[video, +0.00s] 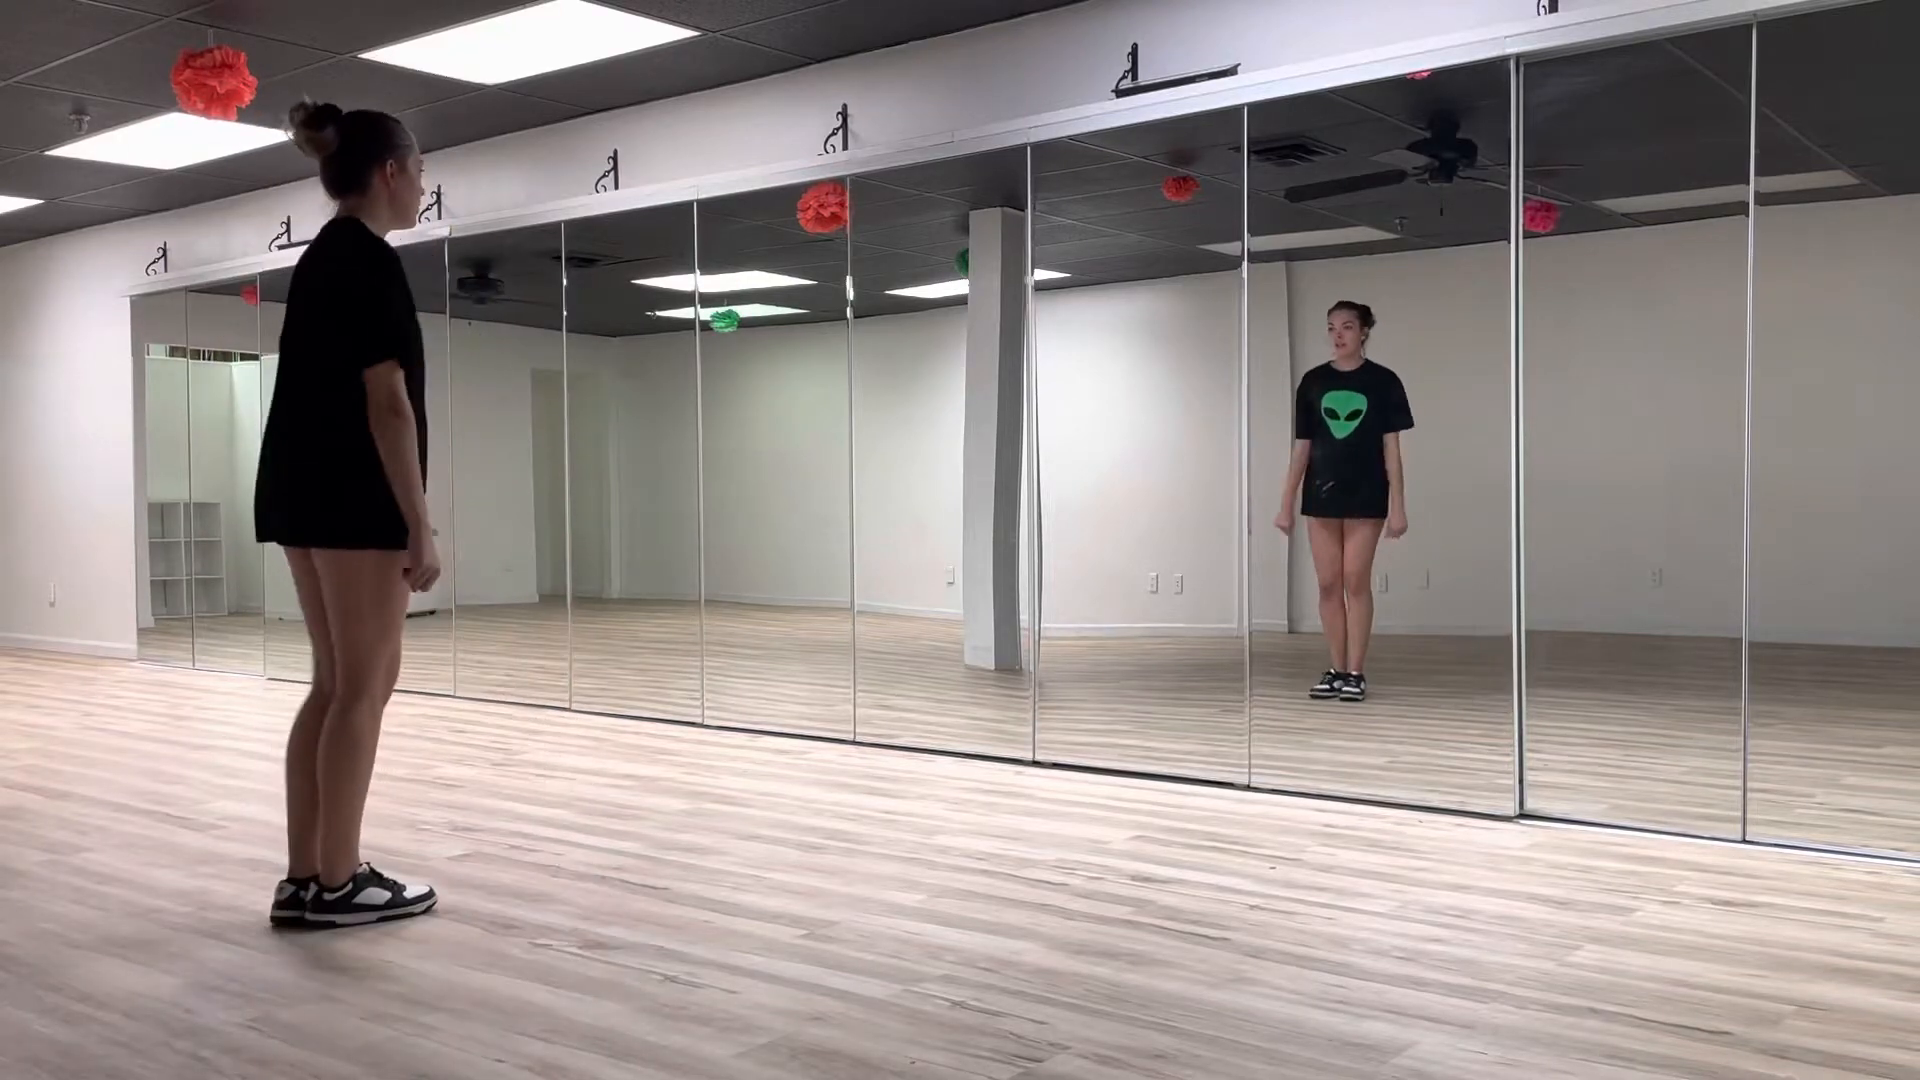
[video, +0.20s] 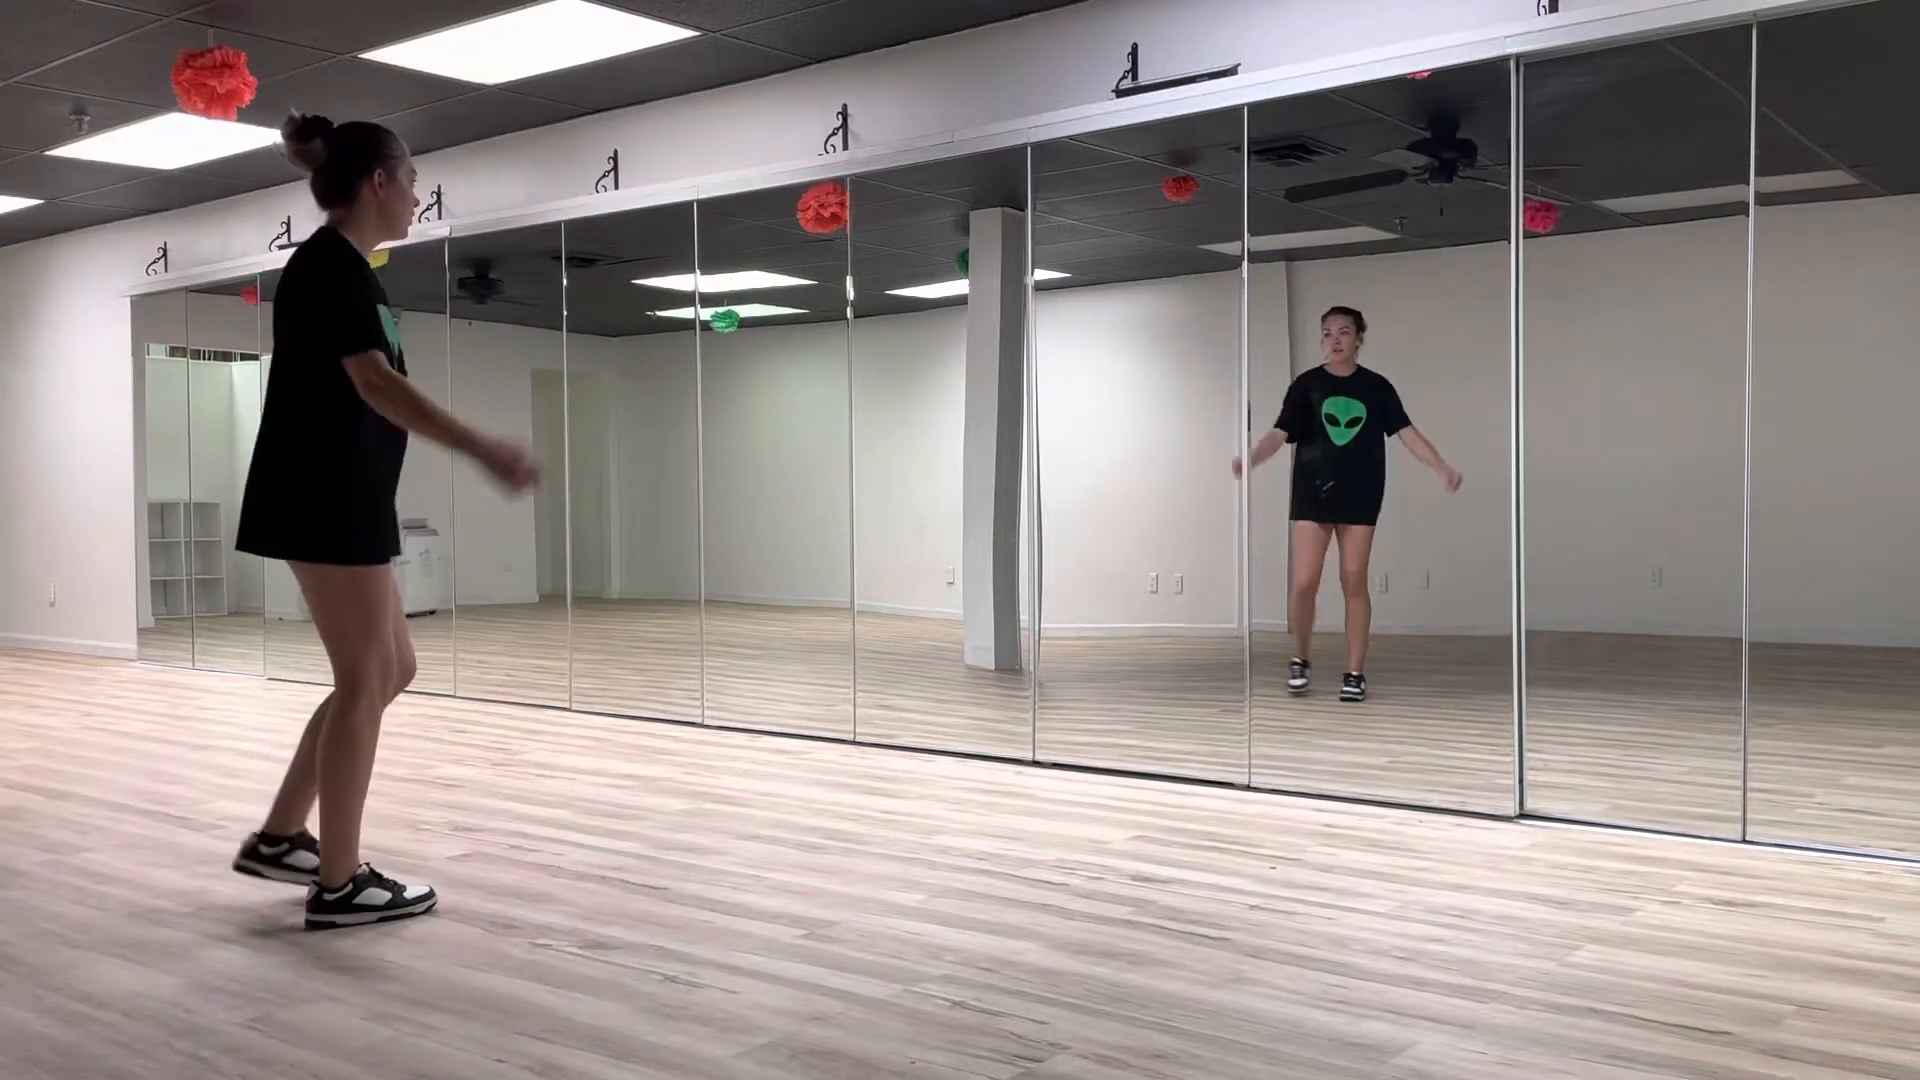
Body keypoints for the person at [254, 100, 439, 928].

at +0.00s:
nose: (424, 188)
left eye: (420, 171)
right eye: (418, 172)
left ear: (352, 177)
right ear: (389, 174)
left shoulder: (318, 260)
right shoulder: (371, 262)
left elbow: (322, 398)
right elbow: (389, 403)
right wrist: (418, 527)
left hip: (298, 490)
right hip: (357, 493)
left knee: (331, 683)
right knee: (367, 683)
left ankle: (306, 875)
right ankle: (338, 876)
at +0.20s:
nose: (418, 195)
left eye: (414, 180)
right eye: (409, 180)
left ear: (352, 187)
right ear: (377, 184)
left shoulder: (330, 264)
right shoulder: (334, 267)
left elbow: (348, 390)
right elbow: (376, 383)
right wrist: (485, 448)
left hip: (330, 500)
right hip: (329, 504)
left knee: (394, 665)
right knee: (363, 677)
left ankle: (282, 833)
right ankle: (340, 880)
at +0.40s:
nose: (395, 195)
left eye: (392, 181)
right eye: (385, 180)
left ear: (339, 189)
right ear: (347, 186)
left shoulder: (346, 271)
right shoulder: (292, 250)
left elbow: (364, 342)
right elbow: (274, 301)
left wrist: (448, 308)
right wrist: (406, 271)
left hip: (343, 492)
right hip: (308, 493)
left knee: (329, 664)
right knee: (377, 669)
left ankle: (230, 790)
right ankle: (339, 879)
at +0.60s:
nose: (373, 253)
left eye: (371, 240)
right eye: (363, 239)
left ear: (327, 247)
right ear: (321, 244)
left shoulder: (346, 326)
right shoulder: (260, 312)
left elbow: (345, 409)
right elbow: (183, 286)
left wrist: (377, 369)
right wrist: (281, 293)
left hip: (339, 533)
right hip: (281, 533)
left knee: (290, 695)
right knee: (396, 673)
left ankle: (197, 822)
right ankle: (348, 873)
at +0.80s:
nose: (366, 269)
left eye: (365, 255)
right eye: (356, 254)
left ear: (318, 259)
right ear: (313, 257)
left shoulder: (329, 337)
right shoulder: (264, 322)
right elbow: (186, 349)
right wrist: (278, 406)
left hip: (334, 549)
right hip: (284, 551)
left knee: (283, 705)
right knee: (406, 683)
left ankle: (192, 829)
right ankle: (344, 876)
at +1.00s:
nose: (389, 233)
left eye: (385, 219)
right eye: (380, 218)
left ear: (334, 227)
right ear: (343, 224)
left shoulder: (332, 309)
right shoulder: (305, 301)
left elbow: (336, 423)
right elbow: (314, 416)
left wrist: (375, 518)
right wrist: (386, 507)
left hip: (318, 524)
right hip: (306, 524)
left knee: (309, 684)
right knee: (414, 687)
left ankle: (208, 807)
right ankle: (345, 876)